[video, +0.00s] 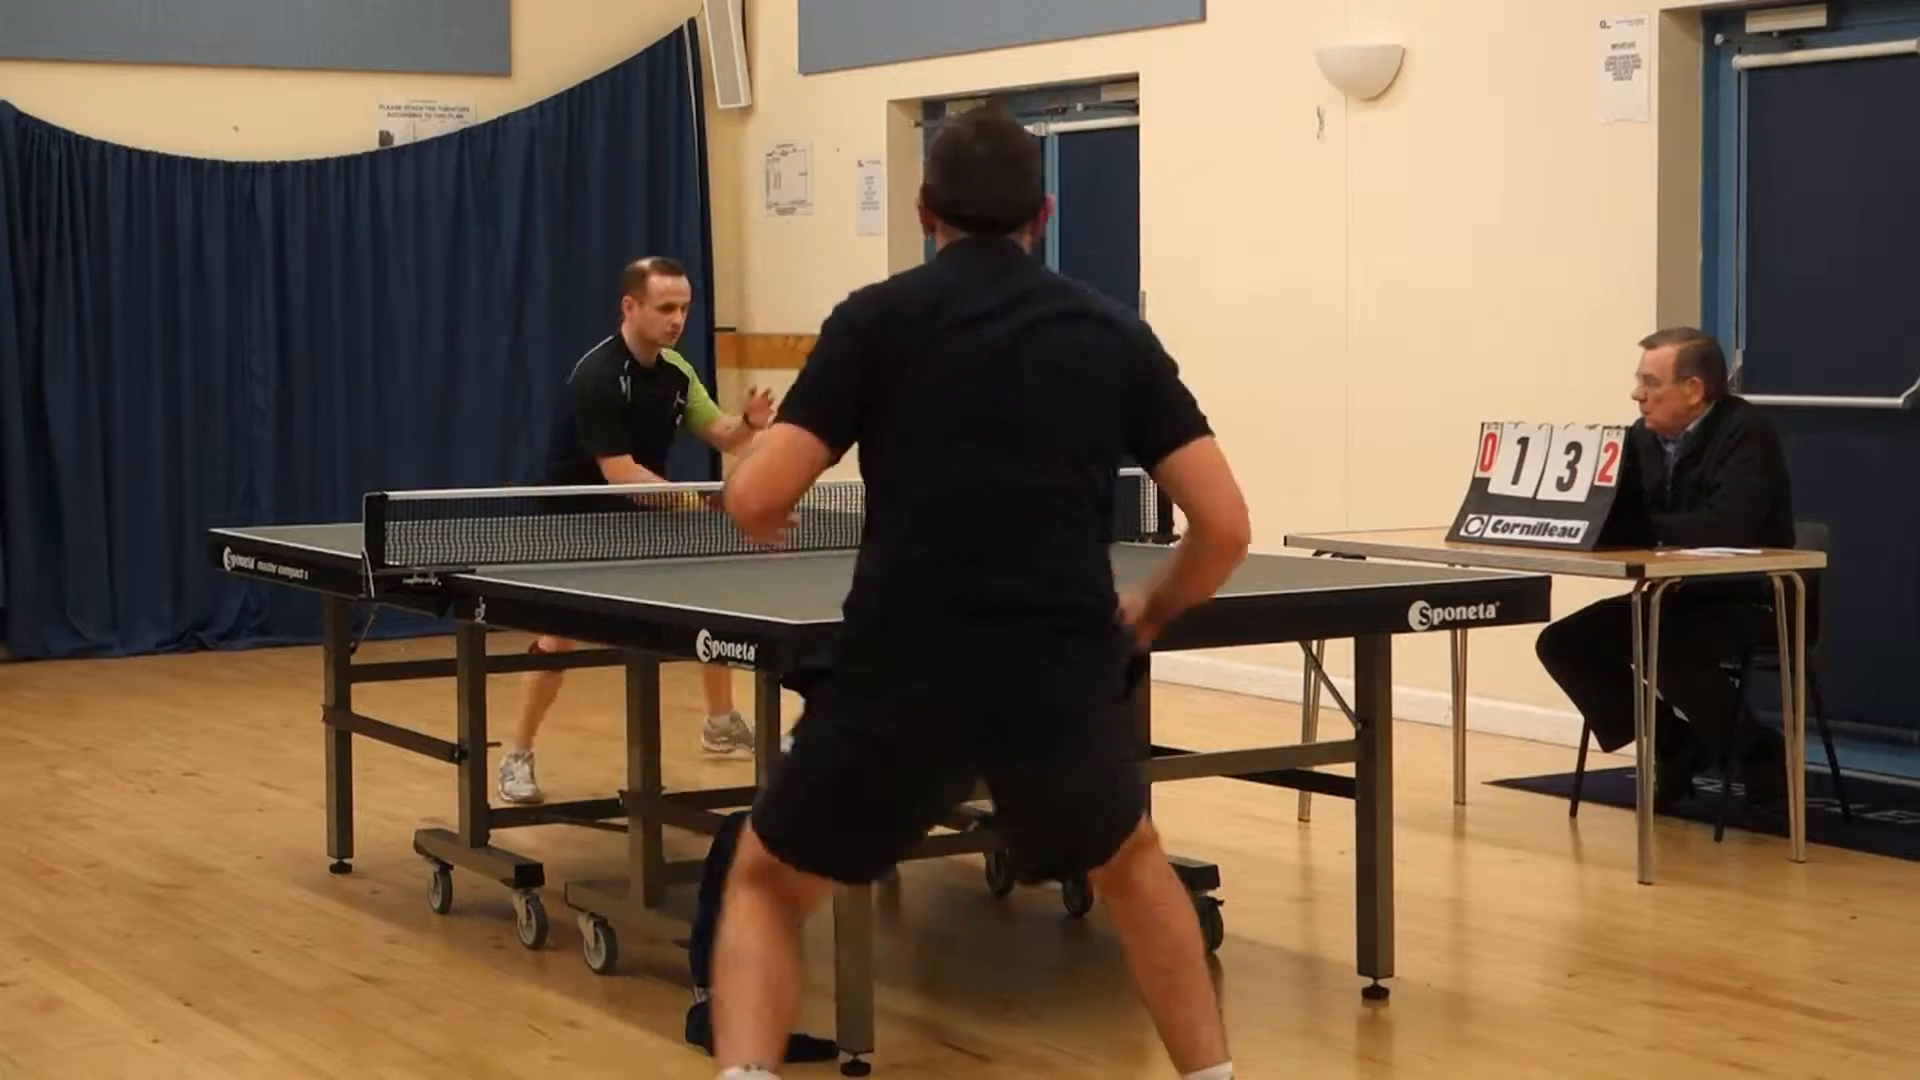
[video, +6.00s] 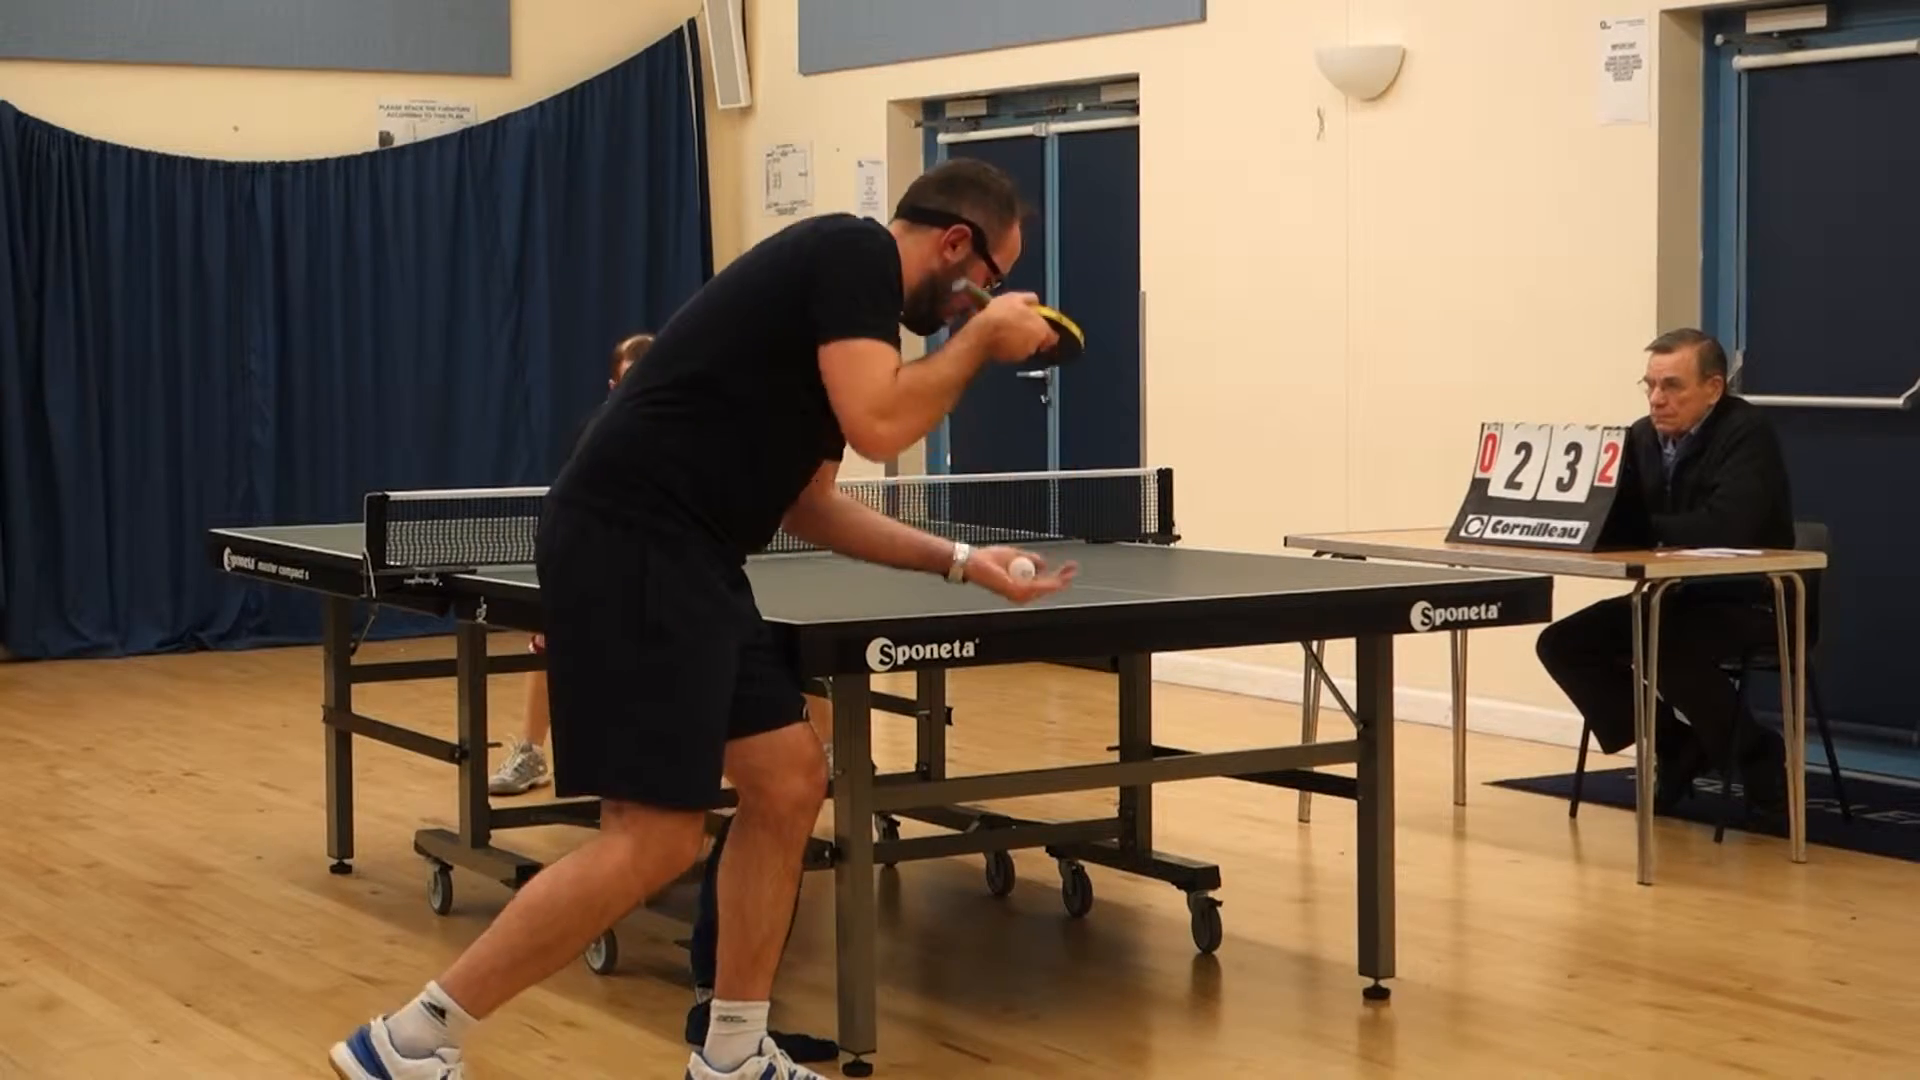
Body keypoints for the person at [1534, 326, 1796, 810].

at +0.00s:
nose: (1637, 393)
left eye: (1651, 383)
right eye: (1639, 381)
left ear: (1695, 390)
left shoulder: (1747, 432)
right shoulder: (1643, 438)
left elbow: (1734, 526)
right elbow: (1609, 513)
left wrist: (1640, 530)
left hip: (1755, 598)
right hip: (1675, 594)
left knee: (1667, 648)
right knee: (1562, 644)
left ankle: (1757, 750)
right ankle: (1674, 740)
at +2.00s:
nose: (1661, 388)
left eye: (1677, 378)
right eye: (1658, 375)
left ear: (1719, 387)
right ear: (1653, 376)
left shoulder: (1755, 433)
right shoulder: (1648, 433)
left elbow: (1737, 527)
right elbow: (1616, 512)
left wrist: (1640, 530)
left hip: (1753, 597)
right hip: (1671, 592)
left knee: (1669, 650)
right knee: (1562, 644)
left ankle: (1758, 749)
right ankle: (1675, 742)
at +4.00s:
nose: (1663, 398)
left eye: (1679, 385)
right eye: (1655, 384)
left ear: (1717, 390)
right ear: (1647, 385)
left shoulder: (1749, 434)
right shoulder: (1641, 438)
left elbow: (1731, 527)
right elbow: (1609, 518)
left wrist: (1638, 529)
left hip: (1756, 600)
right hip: (1673, 596)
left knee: (1668, 647)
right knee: (1561, 644)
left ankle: (1757, 750)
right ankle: (1674, 743)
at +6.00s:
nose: (1656, 398)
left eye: (1671, 385)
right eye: (1651, 384)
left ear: (1713, 388)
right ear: (1644, 385)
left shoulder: (1747, 434)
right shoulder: (1641, 437)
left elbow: (1732, 527)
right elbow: (1607, 515)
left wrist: (1637, 531)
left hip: (1756, 599)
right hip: (1673, 595)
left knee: (1667, 644)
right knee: (1562, 644)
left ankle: (1758, 753)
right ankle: (1673, 742)